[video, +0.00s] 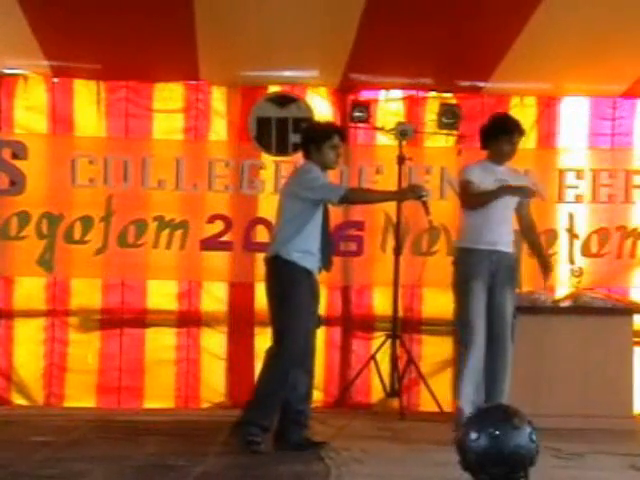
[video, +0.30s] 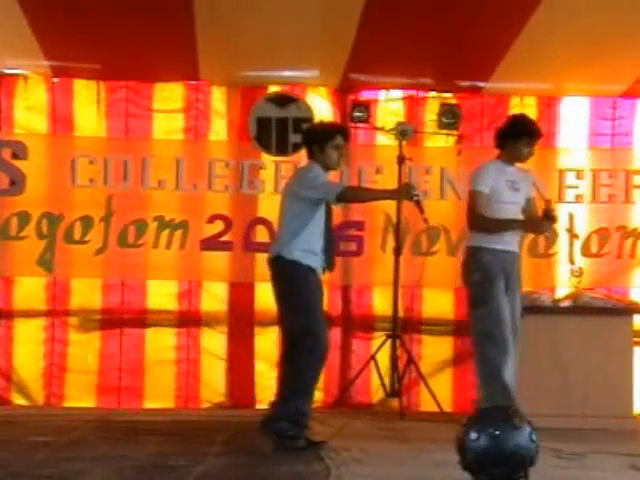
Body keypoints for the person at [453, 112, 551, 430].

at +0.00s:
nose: (513, 149)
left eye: (516, 142)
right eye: (508, 142)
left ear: (516, 144)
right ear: (493, 141)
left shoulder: (516, 178)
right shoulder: (472, 171)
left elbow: (526, 222)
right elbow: (469, 202)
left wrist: (542, 258)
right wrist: (505, 191)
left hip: (505, 257)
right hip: (474, 255)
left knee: (502, 333)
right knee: (473, 332)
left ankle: (496, 408)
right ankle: (466, 409)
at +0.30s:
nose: (531, 151)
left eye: (533, 145)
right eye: (527, 144)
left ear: (529, 145)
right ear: (509, 142)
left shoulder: (525, 179)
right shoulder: (485, 173)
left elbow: (529, 220)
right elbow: (475, 222)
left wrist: (543, 221)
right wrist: (523, 225)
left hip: (510, 256)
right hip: (484, 254)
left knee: (510, 327)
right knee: (495, 328)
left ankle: (500, 402)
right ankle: (500, 404)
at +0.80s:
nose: (558, 148)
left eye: (559, 141)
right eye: (556, 141)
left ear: (540, 140)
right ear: (541, 140)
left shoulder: (537, 174)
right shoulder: (519, 172)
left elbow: (547, 218)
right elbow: (501, 228)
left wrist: (565, 243)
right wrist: (547, 247)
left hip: (539, 263)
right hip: (523, 264)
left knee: (548, 345)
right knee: (531, 346)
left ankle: (505, 414)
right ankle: (527, 427)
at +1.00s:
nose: (573, 149)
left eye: (575, 142)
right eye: (571, 141)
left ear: (554, 140)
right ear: (555, 140)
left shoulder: (546, 174)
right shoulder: (535, 172)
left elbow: (539, 232)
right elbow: (520, 228)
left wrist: (580, 248)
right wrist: (566, 251)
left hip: (549, 266)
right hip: (536, 267)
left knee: (573, 338)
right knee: (544, 342)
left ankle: (555, 421)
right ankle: (533, 425)